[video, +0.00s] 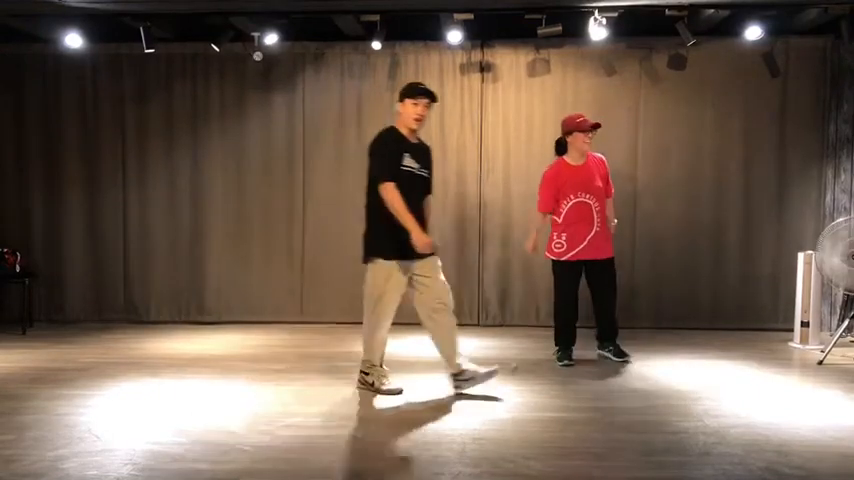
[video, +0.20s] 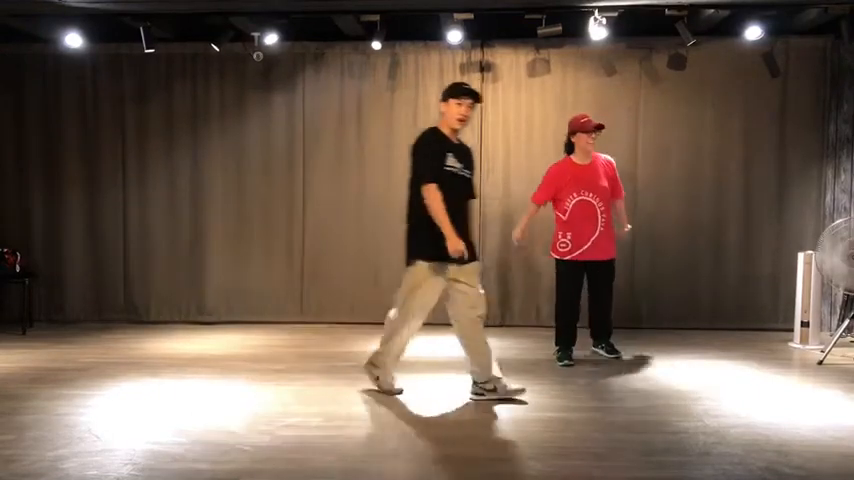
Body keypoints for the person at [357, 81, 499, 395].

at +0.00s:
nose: (420, 111)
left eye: (425, 107)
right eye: (414, 104)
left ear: (429, 112)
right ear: (400, 105)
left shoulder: (423, 150)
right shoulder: (385, 142)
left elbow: (422, 198)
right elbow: (386, 190)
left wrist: (424, 237)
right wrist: (416, 232)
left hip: (418, 244)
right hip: (387, 244)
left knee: (438, 304)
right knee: (380, 311)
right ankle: (371, 372)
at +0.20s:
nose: (464, 111)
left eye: (469, 107)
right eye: (458, 104)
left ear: (472, 112)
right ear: (443, 105)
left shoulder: (464, 152)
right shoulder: (428, 142)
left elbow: (463, 201)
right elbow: (429, 192)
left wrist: (465, 241)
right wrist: (450, 235)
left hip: (461, 246)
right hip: (429, 246)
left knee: (470, 315)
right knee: (409, 314)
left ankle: (485, 379)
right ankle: (380, 366)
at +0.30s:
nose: (492, 111)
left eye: (496, 106)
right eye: (487, 104)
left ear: (497, 110)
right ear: (469, 103)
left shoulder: (487, 149)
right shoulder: (451, 140)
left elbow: (485, 199)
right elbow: (449, 191)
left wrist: (487, 240)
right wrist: (456, 239)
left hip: (484, 245)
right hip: (457, 246)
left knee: (485, 316)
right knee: (451, 311)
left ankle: (487, 381)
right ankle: (405, 354)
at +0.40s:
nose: (515, 113)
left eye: (518, 108)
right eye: (512, 106)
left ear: (513, 108)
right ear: (493, 101)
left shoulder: (506, 145)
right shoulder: (469, 139)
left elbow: (517, 196)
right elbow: (463, 193)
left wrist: (530, 234)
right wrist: (463, 242)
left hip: (500, 240)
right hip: (477, 242)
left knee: (494, 310)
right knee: (498, 305)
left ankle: (488, 381)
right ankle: (452, 358)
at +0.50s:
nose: (536, 112)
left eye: (538, 106)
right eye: (532, 104)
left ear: (524, 106)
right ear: (512, 101)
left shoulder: (525, 143)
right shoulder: (488, 140)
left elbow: (539, 194)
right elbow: (478, 193)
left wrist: (561, 231)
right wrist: (477, 242)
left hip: (519, 240)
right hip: (500, 242)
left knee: (500, 312)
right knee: (528, 305)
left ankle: (486, 378)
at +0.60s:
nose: (559, 114)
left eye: (560, 108)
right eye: (555, 107)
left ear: (546, 108)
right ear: (536, 104)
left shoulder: (546, 145)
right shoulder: (511, 144)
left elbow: (561, 195)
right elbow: (500, 199)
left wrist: (587, 226)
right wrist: (498, 249)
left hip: (541, 249)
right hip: (521, 251)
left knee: (511, 317)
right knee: (553, 315)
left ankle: (488, 379)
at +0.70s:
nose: (583, 117)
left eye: (584, 111)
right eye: (580, 110)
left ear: (565, 109)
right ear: (561, 107)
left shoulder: (567, 148)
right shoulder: (537, 147)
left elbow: (581, 199)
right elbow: (532, 203)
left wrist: (607, 233)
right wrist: (527, 254)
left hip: (564, 253)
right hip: (552, 256)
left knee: (530, 319)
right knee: (577, 327)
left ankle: (492, 375)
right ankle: (597, 400)